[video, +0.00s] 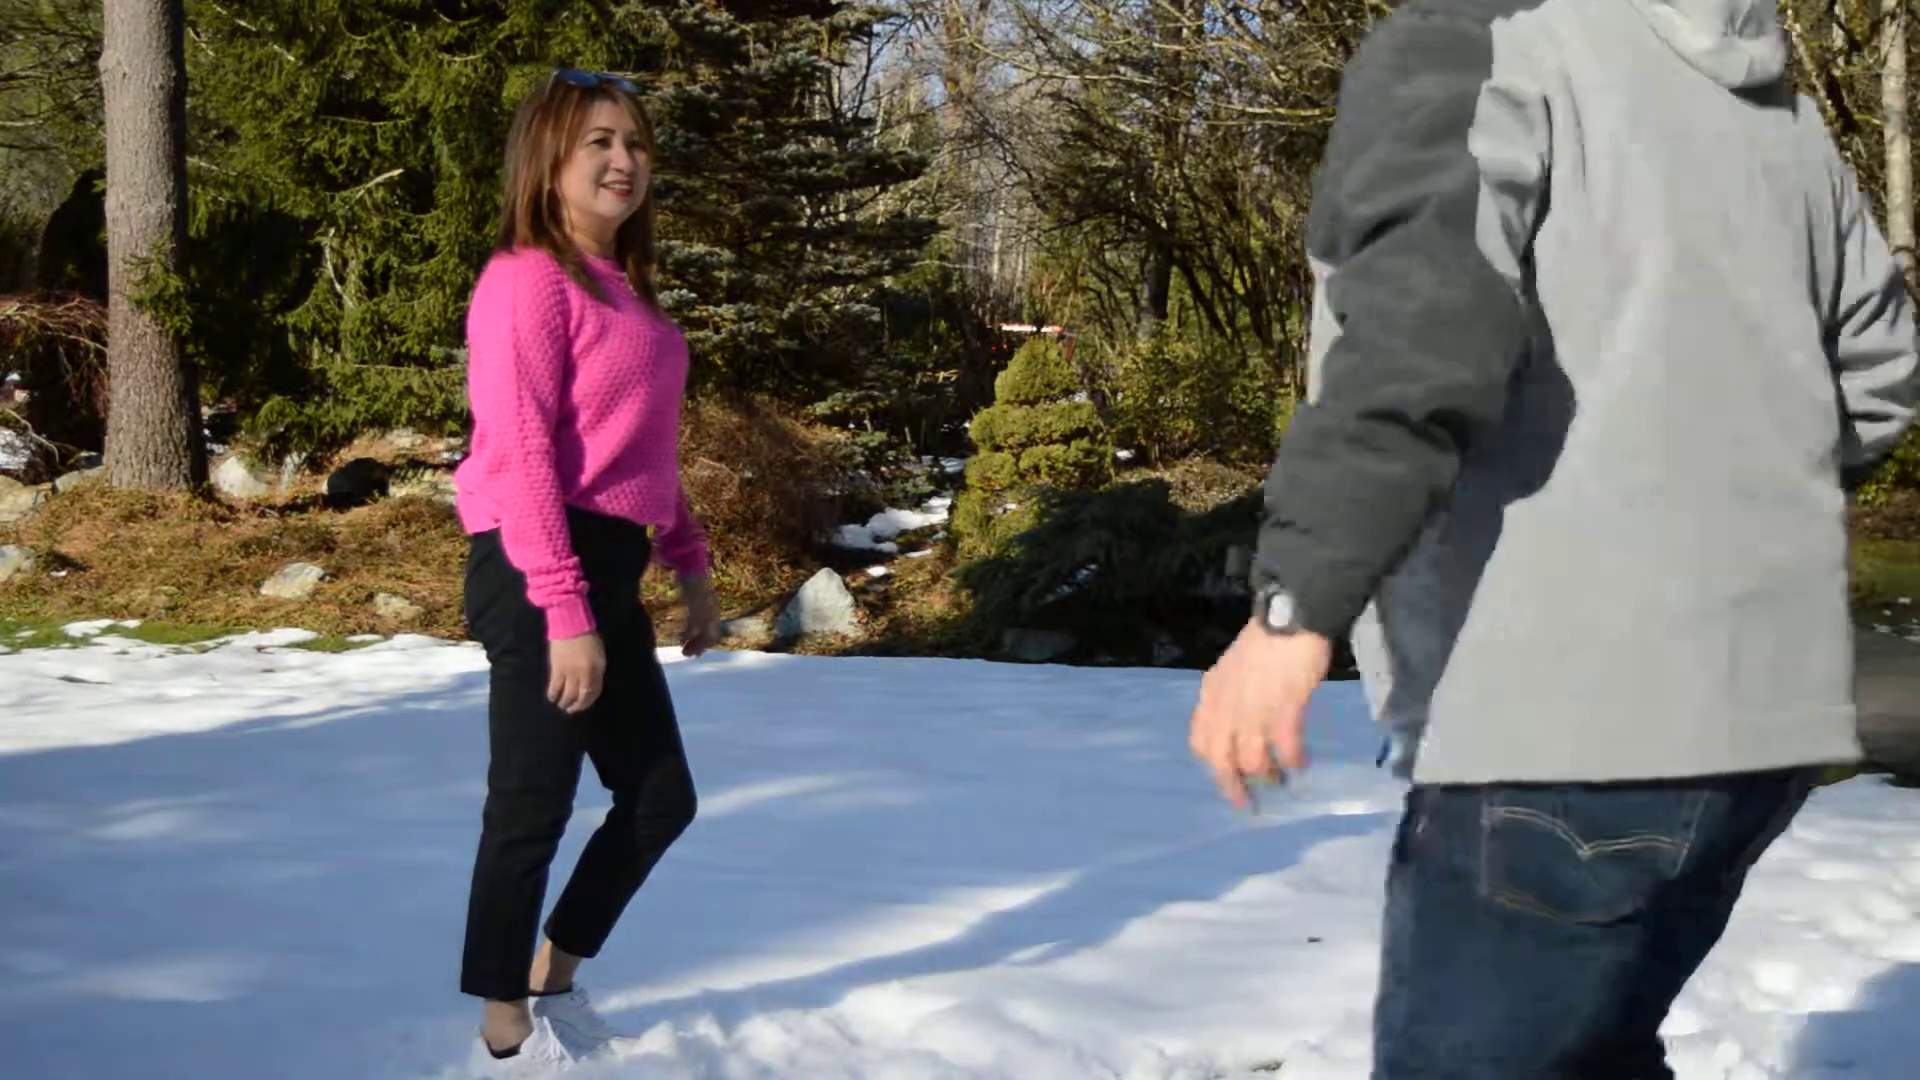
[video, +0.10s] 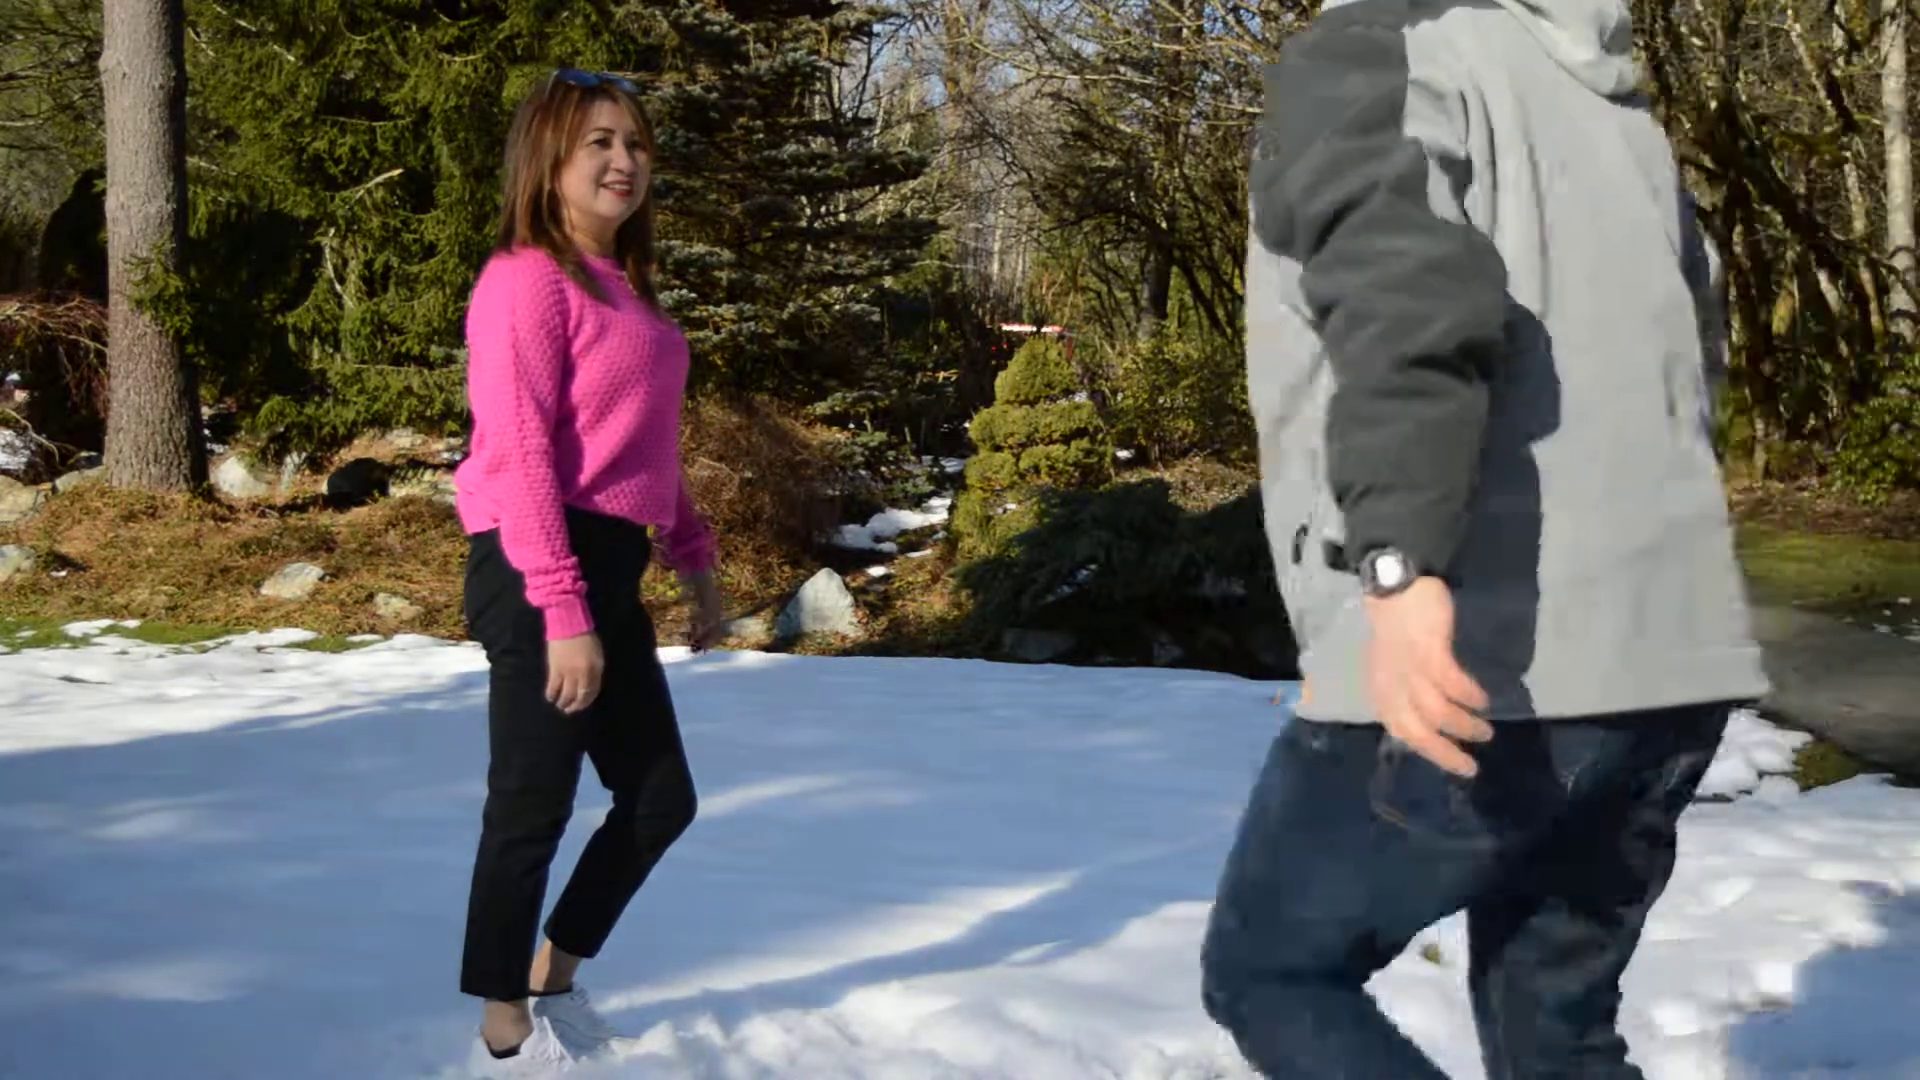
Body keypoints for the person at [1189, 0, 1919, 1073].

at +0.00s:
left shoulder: (1458, 41)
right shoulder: (1771, 92)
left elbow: (1430, 336)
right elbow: (1882, 373)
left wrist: (1292, 612)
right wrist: (1714, 496)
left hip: (1557, 733)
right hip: (1769, 723)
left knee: (1462, 1061)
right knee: (1608, 1052)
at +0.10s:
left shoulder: (1354, 61)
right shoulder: (1611, 91)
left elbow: (1419, 306)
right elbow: (1698, 331)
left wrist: (1397, 568)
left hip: (1474, 680)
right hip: (1672, 670)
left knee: (1271, 973)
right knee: (1557, 1030)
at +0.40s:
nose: (996, 37)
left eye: (994, 18)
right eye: (996, 21)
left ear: (1022, 14)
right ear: (1143, 5)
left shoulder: (1026, 149)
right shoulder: (1254, 154)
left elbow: (1053, 407)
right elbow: (1319, 380)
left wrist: (1034, 642)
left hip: (1120, 680)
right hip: (1292, 662)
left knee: (969, 968)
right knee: (1186, 939)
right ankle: (1436, 1069)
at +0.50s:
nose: (924, 84)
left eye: (921, 56)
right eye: (920, 61)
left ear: (951, 40)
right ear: (1066, 30)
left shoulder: (958, 169)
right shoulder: (1170, 174)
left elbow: (917, 424)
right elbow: (1240, 386)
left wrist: (813, 629)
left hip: (1056, 666)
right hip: (1214, 650)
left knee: (924, 967)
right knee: (1026, 859)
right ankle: (1168, 1060)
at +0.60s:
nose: (862, 76)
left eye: (859, 50)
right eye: (858, 55)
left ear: (886, 36)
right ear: (994, 25)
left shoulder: (898, 154)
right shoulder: (1091, 152)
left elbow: (840, 387)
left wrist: (709, 537)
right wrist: (830, 526)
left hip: (1009, 631)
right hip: (1126, 615)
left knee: (893, 958)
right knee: (928, 935)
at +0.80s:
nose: (741, 122)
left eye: (737, 96)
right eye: (734, 100)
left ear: (771, 79)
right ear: (849, 65)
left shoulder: (835, 173)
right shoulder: (887, 161)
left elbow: (830, 386)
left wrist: (684, 541)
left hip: (914, 628)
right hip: (871, 620)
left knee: (783, 931)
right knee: (748, 876)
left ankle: (971, 1070)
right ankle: (795, 1064)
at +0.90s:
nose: (678, 136)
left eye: (673, 113)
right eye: (669, 117)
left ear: (711, 89)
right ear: (755, 74)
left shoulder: (800, 169)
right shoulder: (786, 170)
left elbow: (844, 379)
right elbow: (762, 399)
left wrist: (775, 573)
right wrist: (660, 514)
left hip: (881, 619)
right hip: (842, 614)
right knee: (744, 878)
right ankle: (784, 1067)